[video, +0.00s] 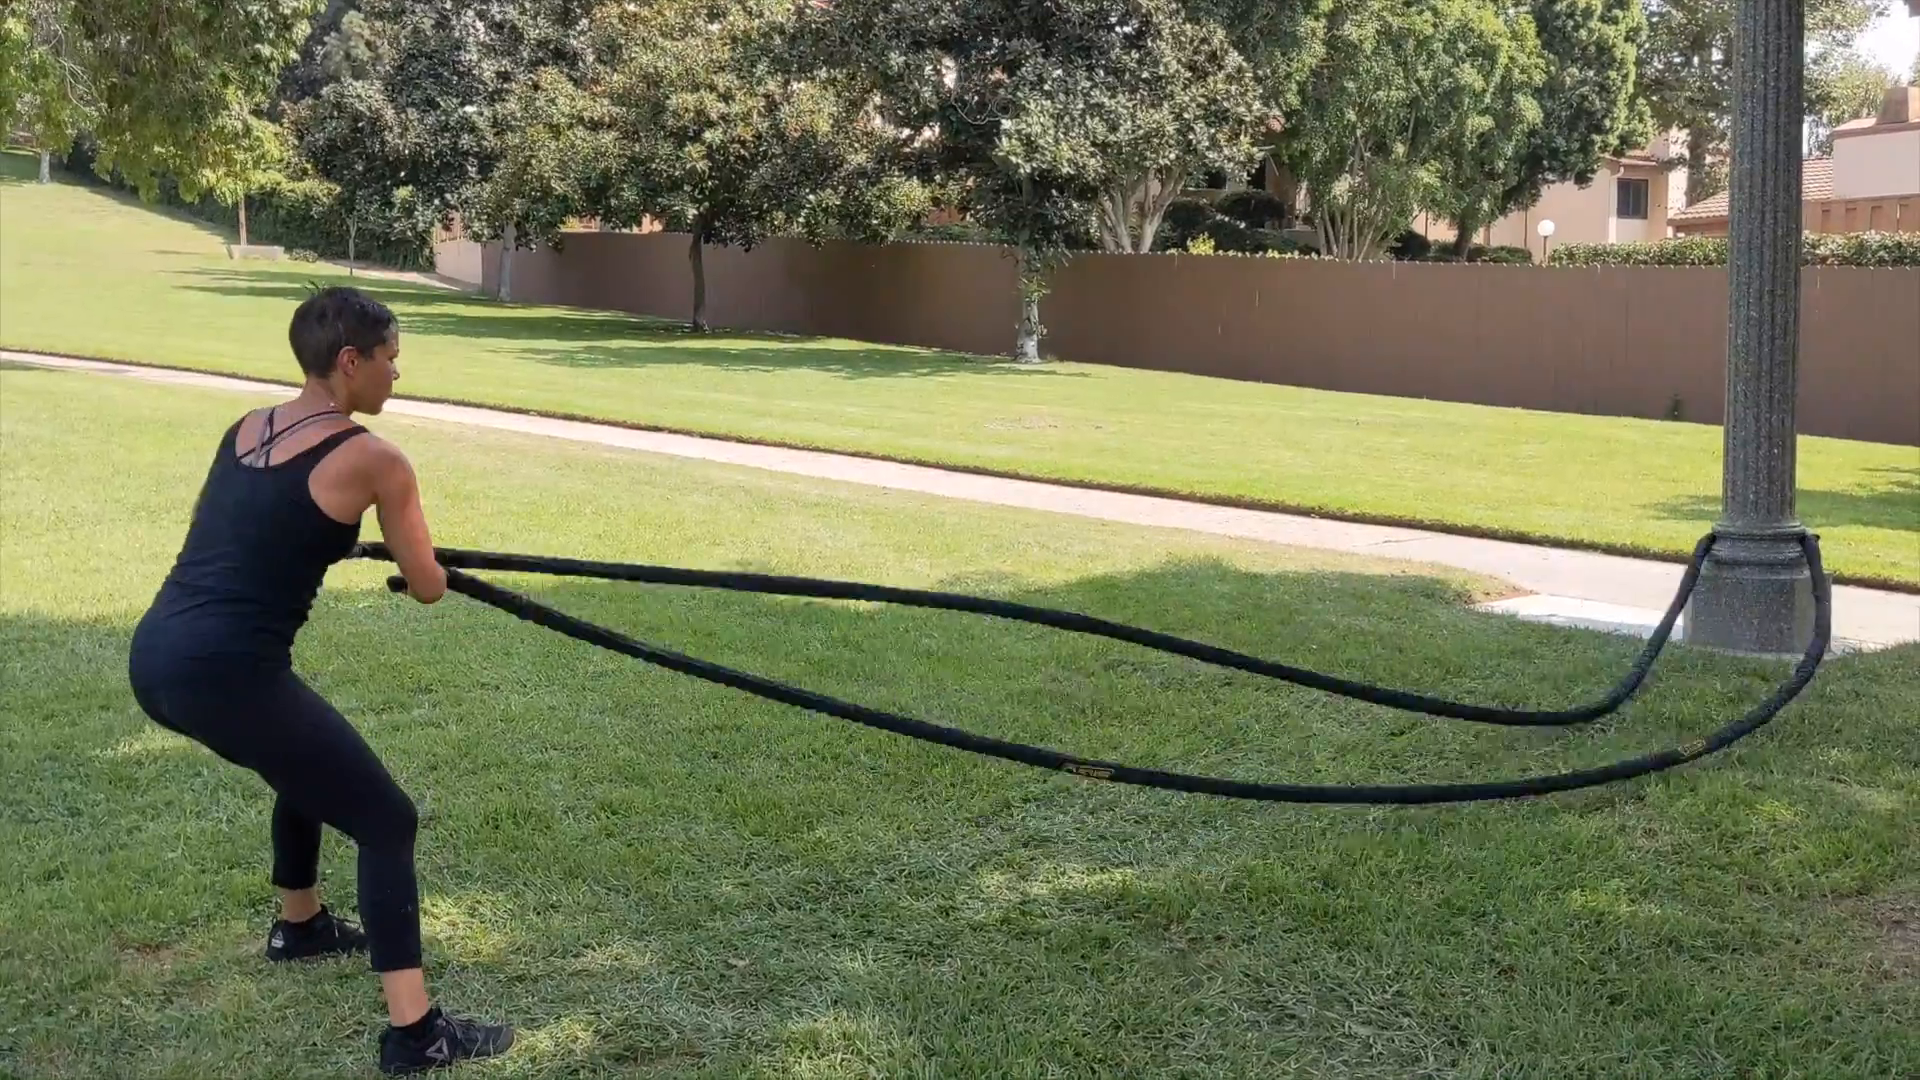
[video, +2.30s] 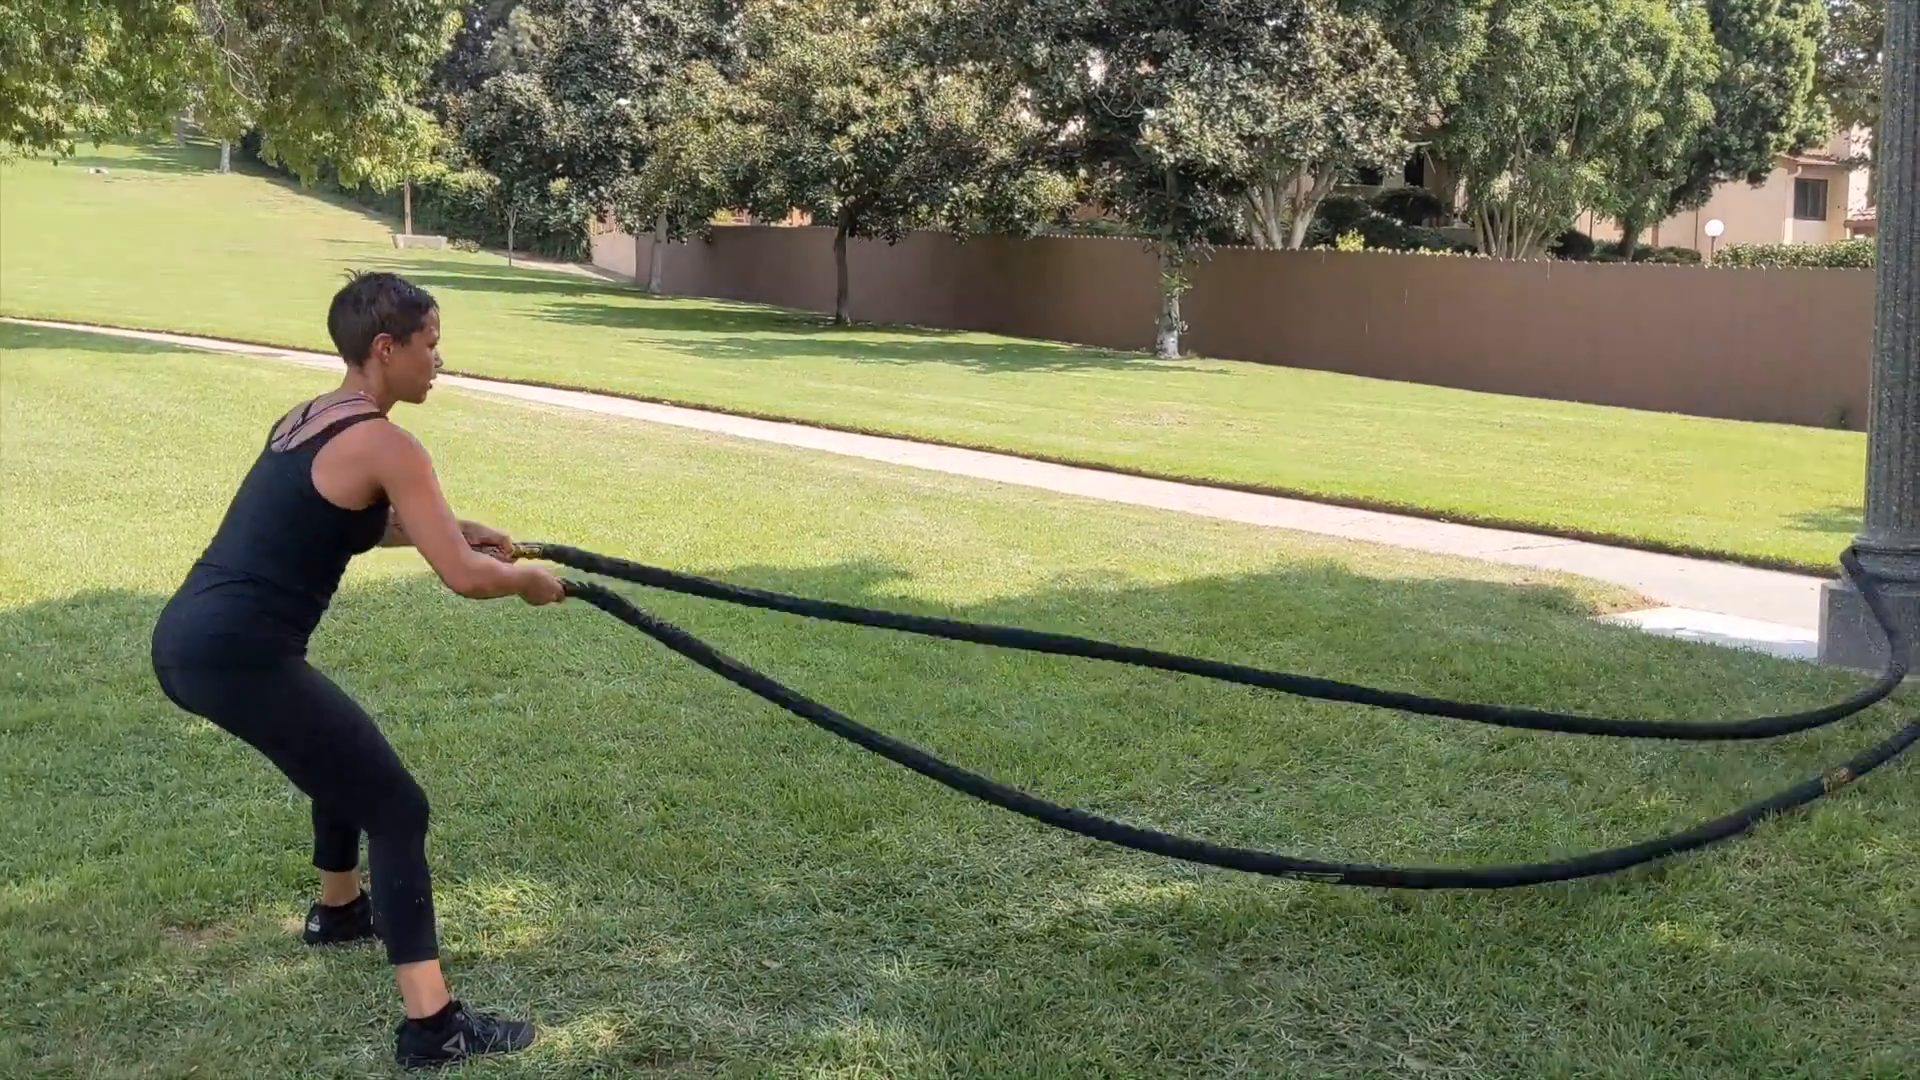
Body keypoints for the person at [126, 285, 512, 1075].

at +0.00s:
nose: (396, 377)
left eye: (396, 362)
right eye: (390, 362)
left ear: (325, 362)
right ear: (347, 361)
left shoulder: (251, 424)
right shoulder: (375, 460)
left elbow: (245, 528)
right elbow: (426, 583)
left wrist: (333, 540)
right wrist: (428, 573)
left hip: (157, 660)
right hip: (231, 675)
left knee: (304, 764)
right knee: (387, 817)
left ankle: (301, 923)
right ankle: (414, 1026)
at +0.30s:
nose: (428, 374)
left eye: (427, 358)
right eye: (421, 358)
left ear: (350, 365)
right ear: (383, 363)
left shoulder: (284, 431)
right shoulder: (388, 460)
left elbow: (255, 534)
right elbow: (455, 589)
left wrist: (335, 552)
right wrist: (462, 575)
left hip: (162, 655)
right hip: (218, 678)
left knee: (296, 766)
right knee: (381, 816)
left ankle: (293, 918)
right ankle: (406, 1024)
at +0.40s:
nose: (428, 373)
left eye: (427, 356)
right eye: (422, 356)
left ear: (358, 363)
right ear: (382, 361)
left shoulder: (315, 439)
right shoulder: (364, 450)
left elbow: (382, 564)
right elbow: (454, 571)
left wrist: (482, 582)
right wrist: (517, 577)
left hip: (173, 658)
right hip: (203, 680)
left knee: (302, 767)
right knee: (376, 814)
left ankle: (293, 917)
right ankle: (407, 1020)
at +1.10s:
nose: (393, 365)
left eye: (393, 349)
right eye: (386, 349)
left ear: (322, 352)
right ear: (344, 351)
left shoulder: (258, 415)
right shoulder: (360, 451)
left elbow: (294, 531)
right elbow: (412, 580)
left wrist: (397, 539)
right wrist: (439, 569)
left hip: (145, 648)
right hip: (210, 663)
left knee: (291, 749)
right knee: (372, 803)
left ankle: (293, 908)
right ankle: (398, 1015)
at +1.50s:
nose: (472, 370)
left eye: (471, 354)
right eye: (465, 355)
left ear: (393, 359)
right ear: (425, 359)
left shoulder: (330, 424)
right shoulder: (438, 452)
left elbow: (311, 520)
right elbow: (508, 574)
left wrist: (384, 552)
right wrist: (485, 572)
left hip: (203, 647)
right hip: (266, 666)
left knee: (335, 751)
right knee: (432, 804)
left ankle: (334, 908)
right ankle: (437, 1018)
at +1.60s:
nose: (487, 371)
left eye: (486, 356)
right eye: (478, 356)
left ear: (419, 360)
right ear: (435, 357)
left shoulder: (371, 441)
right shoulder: (429, 446)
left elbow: (449, 563)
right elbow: (522, 565)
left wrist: (546, 582)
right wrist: (573, 569)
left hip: (220, 649)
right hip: (258, 667)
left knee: (350, 759)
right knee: (427, 806)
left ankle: (346, 907)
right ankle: (447, 1017)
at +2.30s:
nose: (439, 359)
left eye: (439, 343)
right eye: (431, 343)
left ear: (371, 349)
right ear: (384, 348)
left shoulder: (311, 415)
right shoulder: (389, 448)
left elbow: (353, 525)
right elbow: (464, 574)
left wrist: (461, 535)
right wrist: (525, 579)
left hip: (190, 641)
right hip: (242, 657)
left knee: (339, 758)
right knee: (396, 806)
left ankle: (341, 906)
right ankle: (431, 1020)